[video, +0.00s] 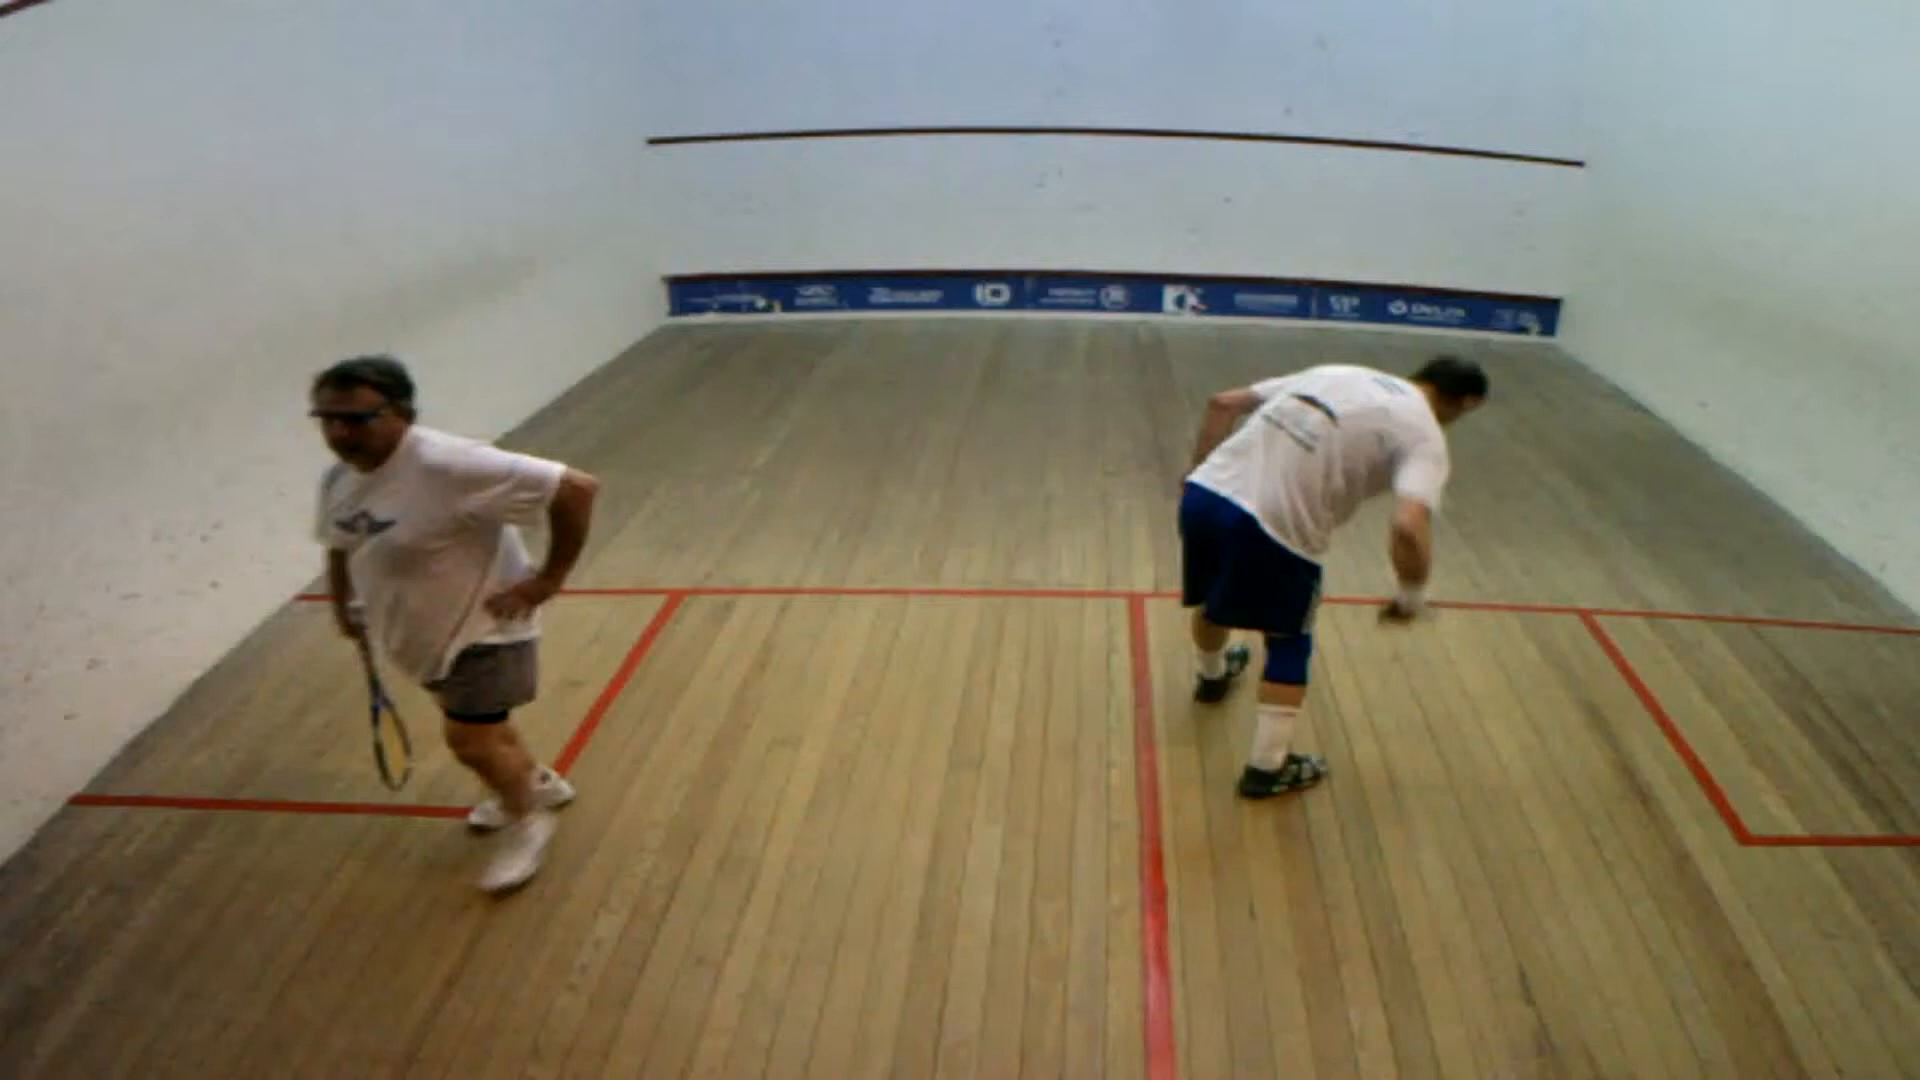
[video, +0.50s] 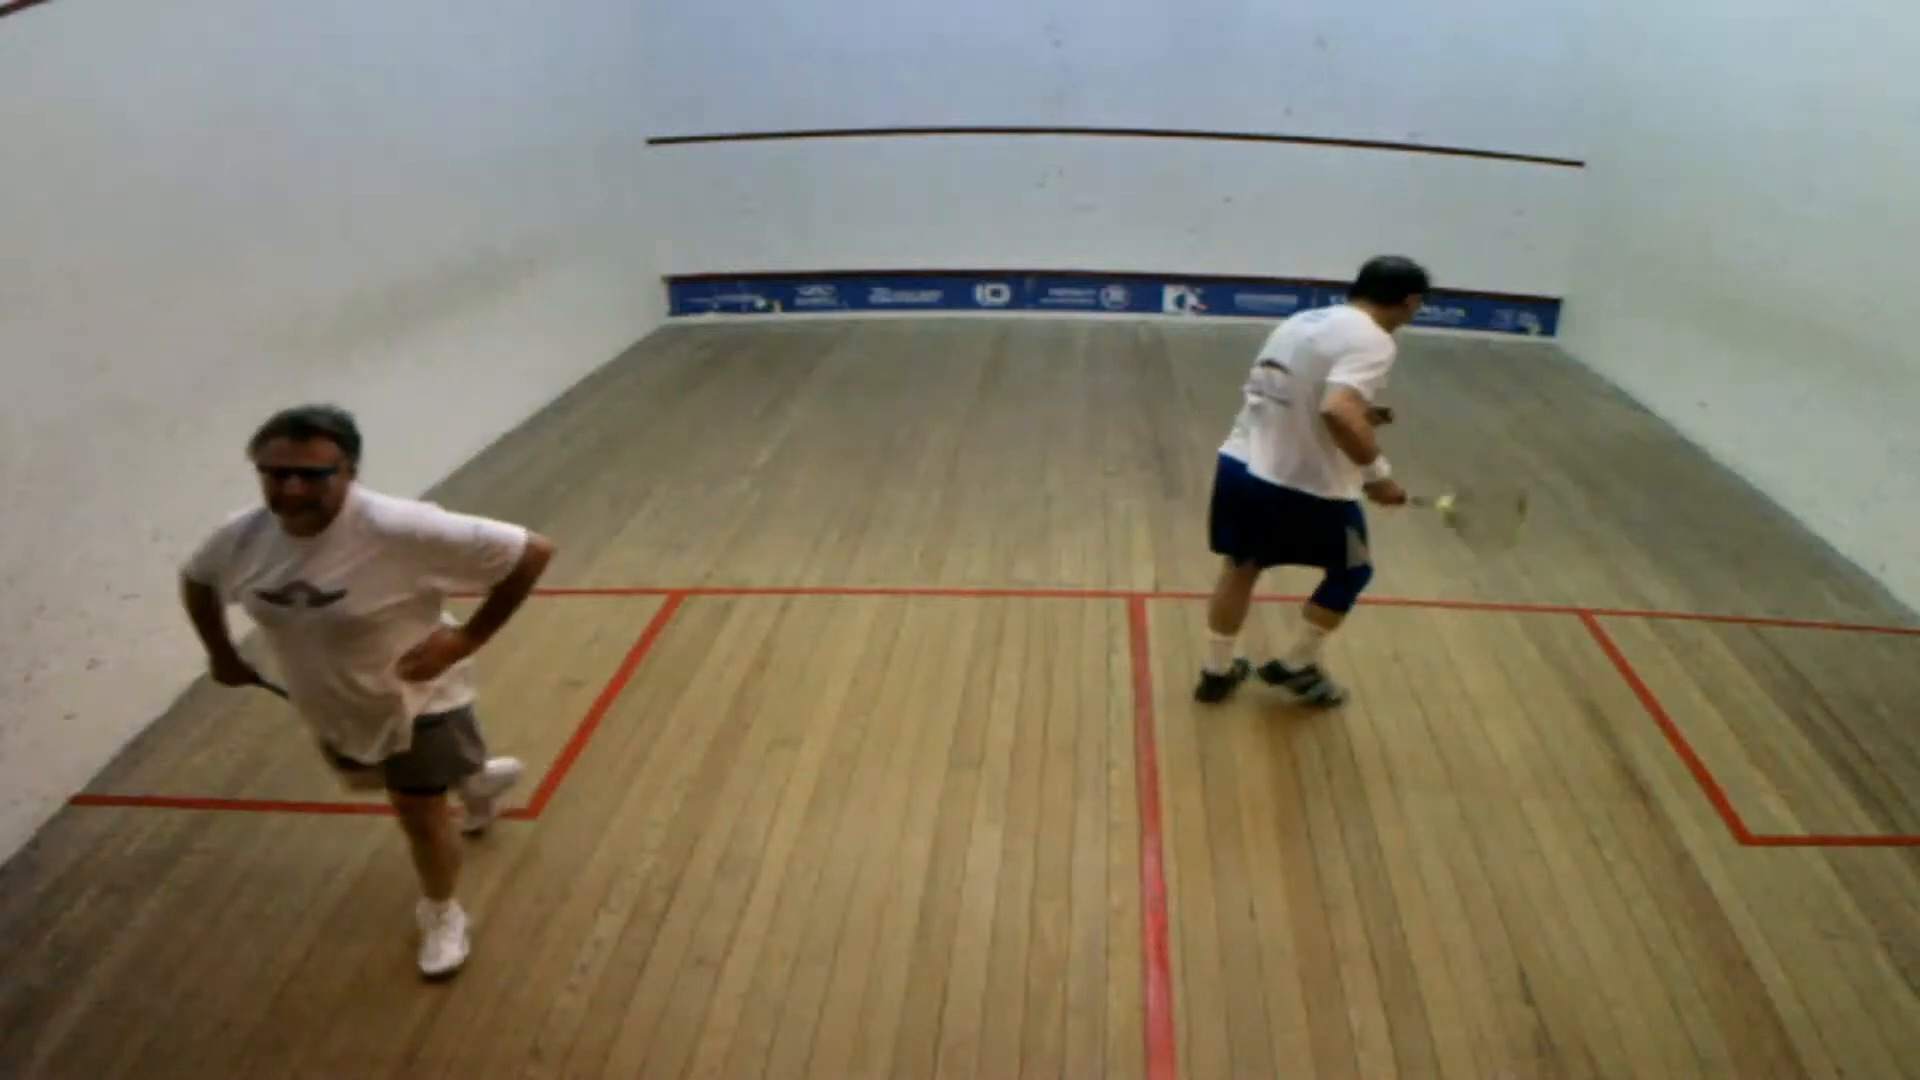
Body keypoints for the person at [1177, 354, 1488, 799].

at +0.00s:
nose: (1457, 420)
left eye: (1464, 413)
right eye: (1464, 411)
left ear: (1422, 374)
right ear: (1458, 402)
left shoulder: (1340, 373)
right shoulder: (1425, 436)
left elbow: (1224, 403)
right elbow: (1408, 527)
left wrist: (1200, 471)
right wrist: (1410, 596)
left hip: (1205, 498)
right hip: (1277, 532)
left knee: (1211, 595)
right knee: (1288, 643)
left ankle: (1211, 675)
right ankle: (1267, 765)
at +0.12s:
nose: (1447, 400)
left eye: (1454, 392)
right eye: (1454, 391)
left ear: (1412, 358)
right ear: (1448, 381)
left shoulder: (1332, 364)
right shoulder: (1415, 416)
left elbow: (1218, 401)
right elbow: (1396, 489)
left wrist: (1217, 470)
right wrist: (1402, 564)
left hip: (1208, 492)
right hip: (1280, 525)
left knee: (1220, 591)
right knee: (1294, 637)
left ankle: (1214, 674)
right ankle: (1267, 757)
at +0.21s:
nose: (1430, 375)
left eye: (1437, 366)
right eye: (1435, 364)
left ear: (1392, 334)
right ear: (1427, 353)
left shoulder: (1318, 347)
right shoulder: (1399, 384)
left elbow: (1224, 405)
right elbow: (1372, 448)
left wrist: (1254, 460)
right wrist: (1391, 522)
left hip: (1214, 484)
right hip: (1282, 511)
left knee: (1230, 580)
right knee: (1312, 615)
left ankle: (1216, 671)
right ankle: (1264, 726)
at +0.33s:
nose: (1417, 348)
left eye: (1423, 339)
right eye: (1422, 338)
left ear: (1373, 312)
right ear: (1412, 331)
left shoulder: (1307, 333)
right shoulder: (1385, 362)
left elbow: (1260, 402)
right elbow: (1355, 424)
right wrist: (1375, 498)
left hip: (1223, 477)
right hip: (1290, 498)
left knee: (1234, 571)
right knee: (1327, 595)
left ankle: (1216, 671)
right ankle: (1261, 695)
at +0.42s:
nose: (1409, 327)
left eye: (1414, 319)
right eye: (1412, 317)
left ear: (1363, 296)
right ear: (1401, 310)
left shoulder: (1300, 324)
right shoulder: (1376, 346)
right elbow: (1343, 414)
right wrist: (1373, 485)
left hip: (1233, 473)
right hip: (1298, 492)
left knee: (1238, 565)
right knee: (1342, 578)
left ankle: (1215, 671)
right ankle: (1274, 671)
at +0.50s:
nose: (1412, 318)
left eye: (1417, 309)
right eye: (1414, 308)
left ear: (1361, 289)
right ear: (1402, 301)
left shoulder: (1303, 320)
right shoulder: (1373, 341)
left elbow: (1282, 394)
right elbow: (1338, 411)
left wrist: (1357, 414)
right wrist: (1378, 476)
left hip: (1242, 470)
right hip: (1310, 489)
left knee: (1241, 563)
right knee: (1351, 569)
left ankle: (1216, 668)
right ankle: (1298, 663)